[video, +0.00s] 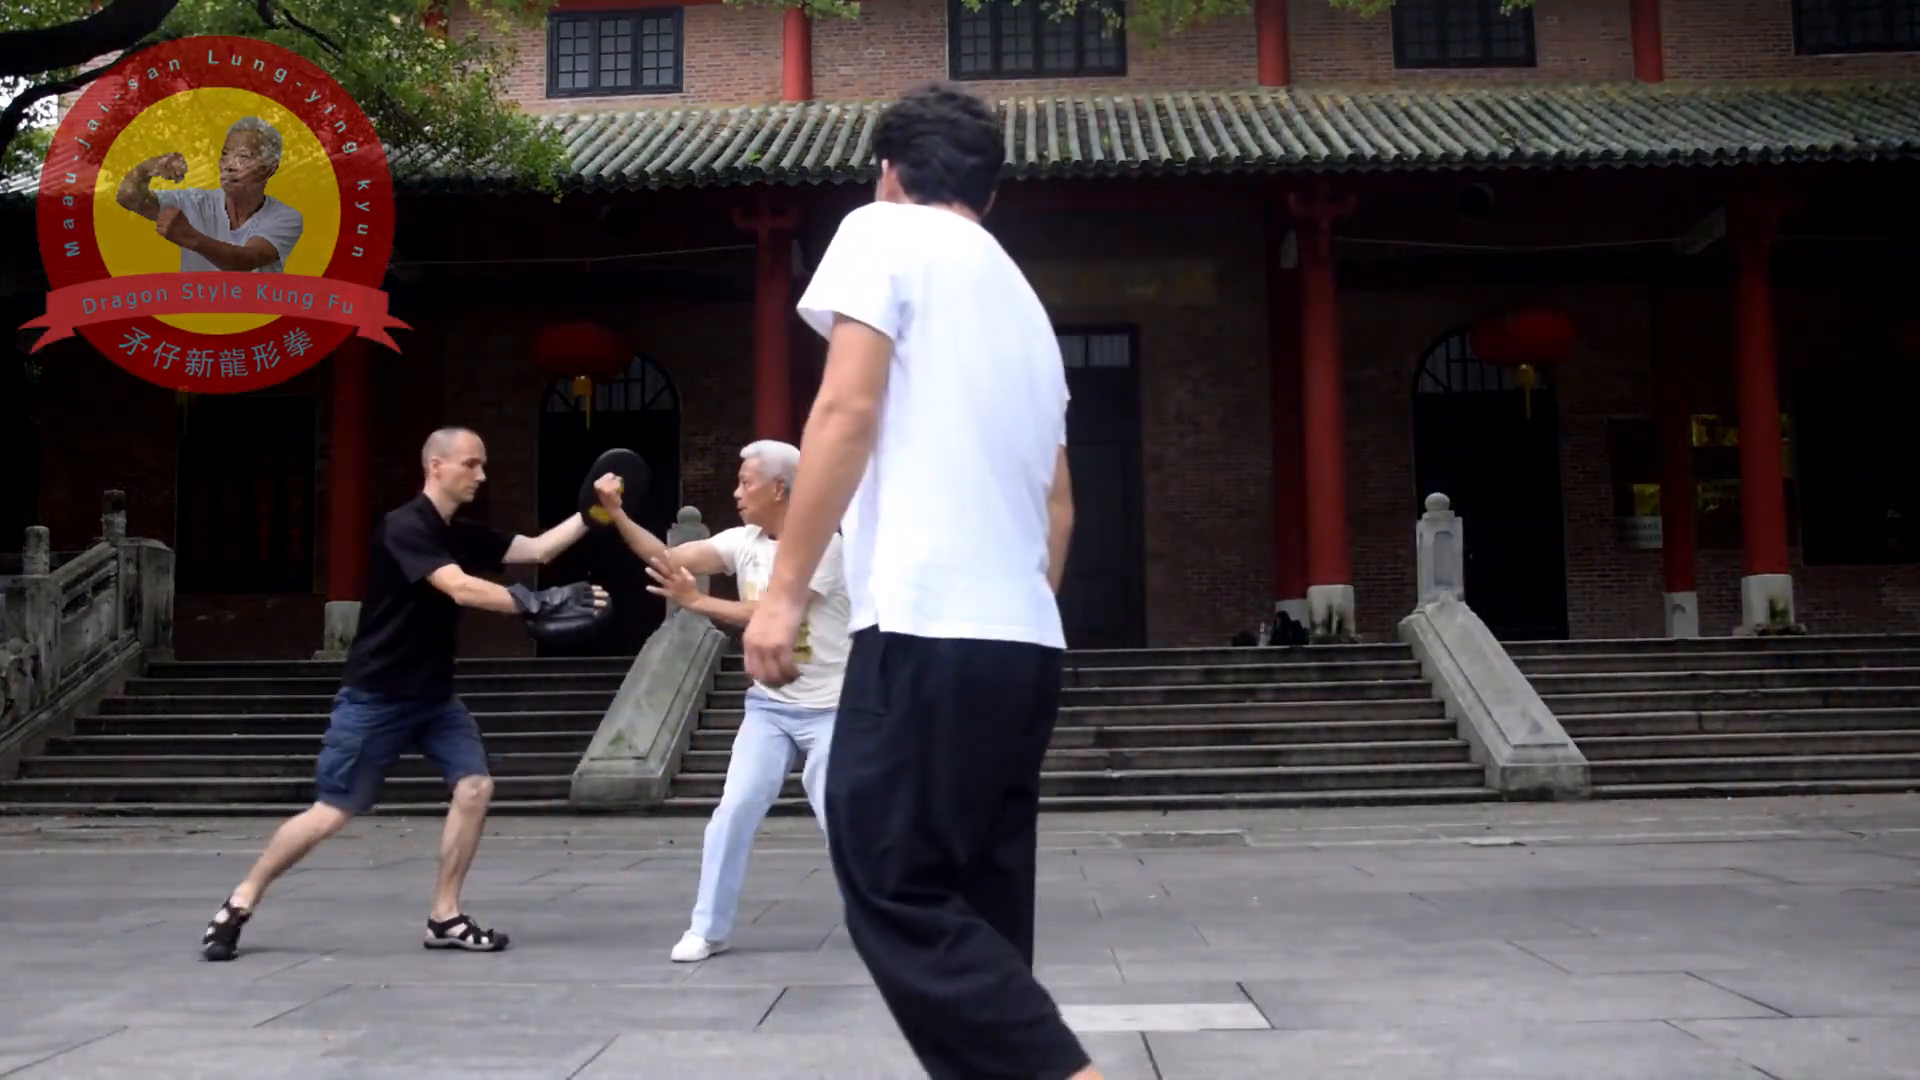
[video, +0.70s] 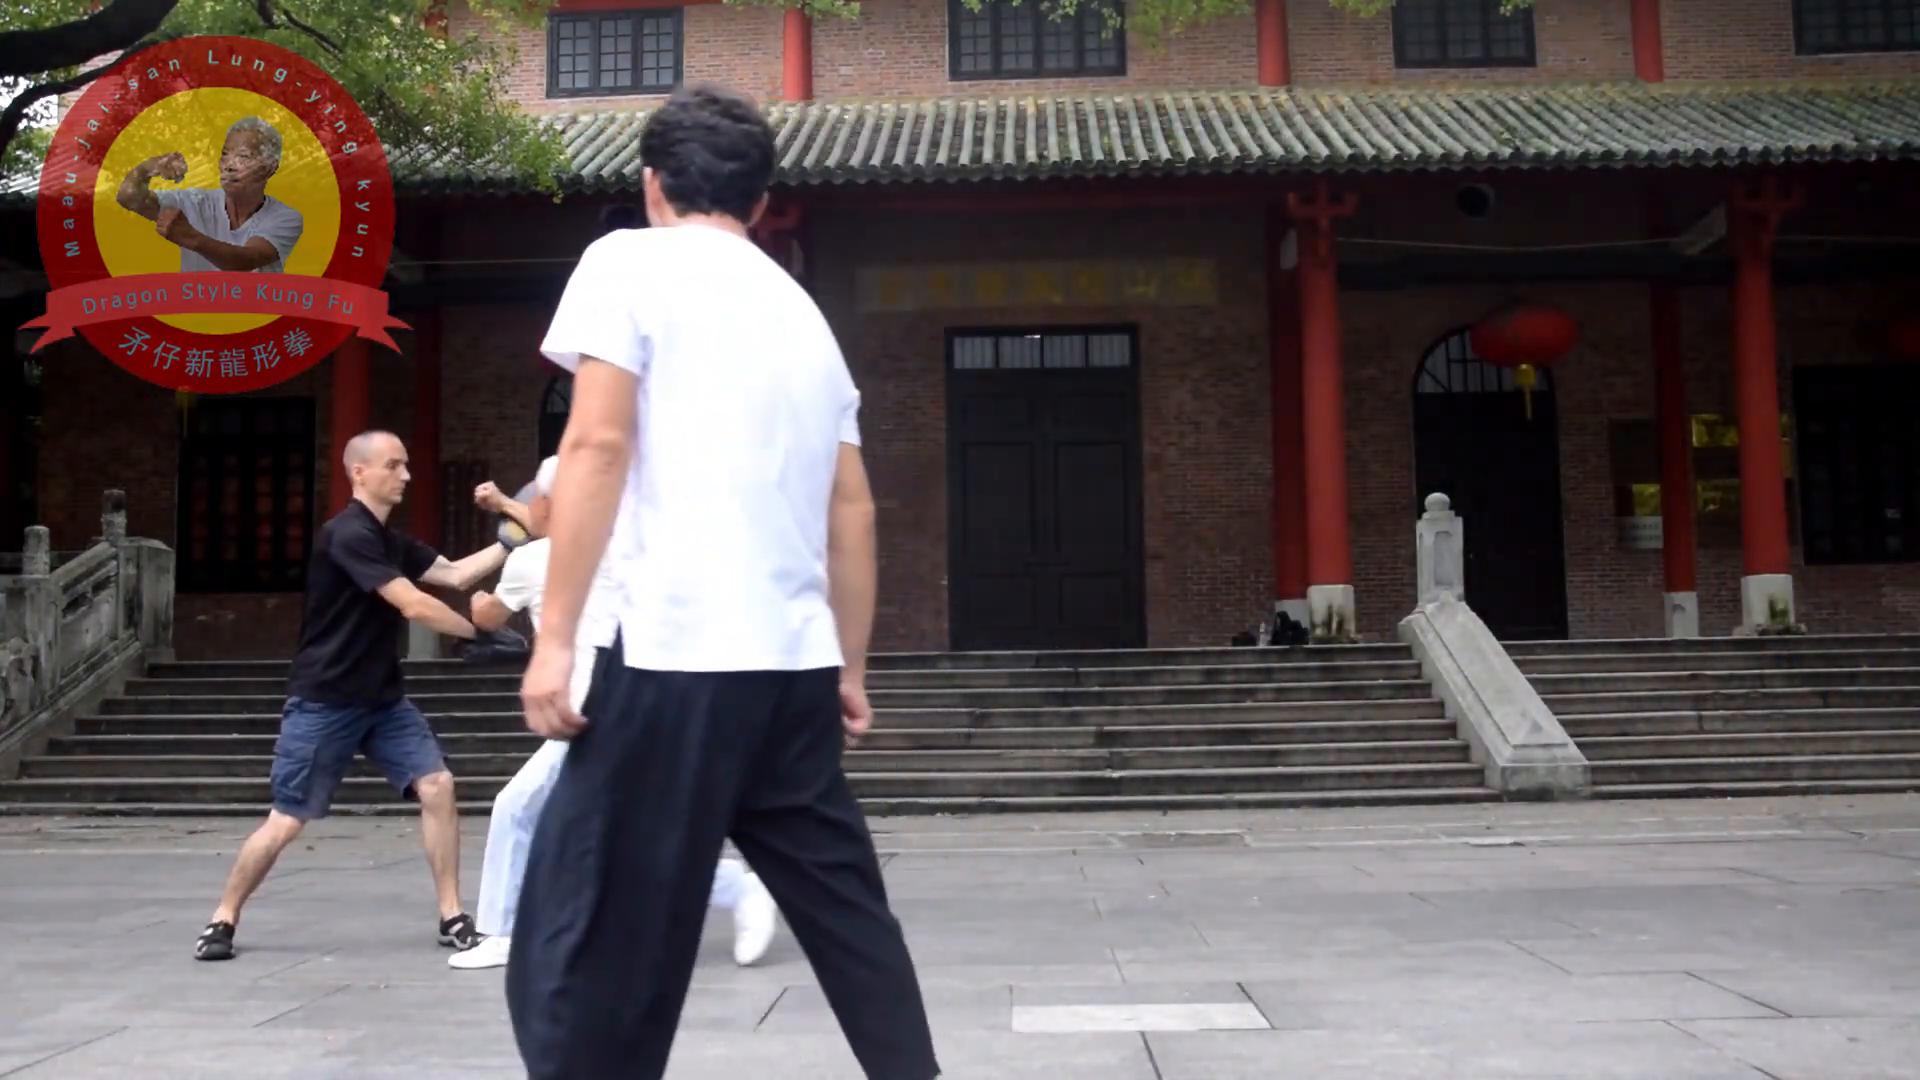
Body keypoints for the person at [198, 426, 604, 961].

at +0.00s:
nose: (481, 474)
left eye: (483, 465)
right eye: (471, 464)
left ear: (457, 471)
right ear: (437, 467)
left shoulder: (460, 530)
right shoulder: (405, 525)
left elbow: (533, 551)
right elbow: (459, 587)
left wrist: (591, 513)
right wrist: (541, 604)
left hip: (434, 698)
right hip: (374, 698)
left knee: (475, 788)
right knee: (332, 813)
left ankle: (445, 917)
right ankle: (241, 901)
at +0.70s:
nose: (405, 475)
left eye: (406, 465)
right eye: (394, 466)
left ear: (393, 474)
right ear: (359, 473)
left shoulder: (388, 536)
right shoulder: (347, 534)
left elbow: (455, 574)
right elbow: (413, 605)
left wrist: (517, 538)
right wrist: (478, 631)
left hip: (383, 700)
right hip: (323, 703)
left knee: (438, 787)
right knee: (286, 822)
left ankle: (453, 916)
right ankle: (224, 919)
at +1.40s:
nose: (376, 488)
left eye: (378, 479)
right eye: (367, 481)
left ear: (384, 486)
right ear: (348, 488)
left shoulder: (392, 544)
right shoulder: (328, 543)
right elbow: (374, 606)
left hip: (375, 703)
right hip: (319, 706)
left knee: (430, 809)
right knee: (302, 830)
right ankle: (201, 901)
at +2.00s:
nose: (229, 466)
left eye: (234, 463)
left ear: (239, 467)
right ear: (209, 458)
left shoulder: (234, 515)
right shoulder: (178, 502)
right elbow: (144, 536)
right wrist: (198, 480)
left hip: (178, 684)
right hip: (143, 680)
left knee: (116, 802)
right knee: (209, 785)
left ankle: (21, 900)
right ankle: (175, 922)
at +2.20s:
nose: (181, 478)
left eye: (188, 472)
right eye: (173, 470)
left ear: (193, 479)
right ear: (152, 475)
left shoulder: (192, 521)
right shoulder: (133, 517)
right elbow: (116, 546)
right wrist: (165, 488)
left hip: (150, 691)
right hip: (116, 690)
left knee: (106, 814)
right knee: (194, 795)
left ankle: (12, 911)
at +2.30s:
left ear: (171, 484)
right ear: (138, 487)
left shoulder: (175, 519)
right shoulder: (123, 515)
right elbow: (108, 542)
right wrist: (157, 488)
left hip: (145, 688)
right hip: (116, 688)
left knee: (100, 816)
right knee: (183, 803)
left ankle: (12, 911)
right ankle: (178, 930)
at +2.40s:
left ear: (155, 479)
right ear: (132, 475)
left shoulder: (157, 517)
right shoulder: (116, 517)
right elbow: (101, 537)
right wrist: (143, 484)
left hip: (131, 683)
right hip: (110, 684)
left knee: (94, 812)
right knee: (165, 810)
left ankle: (13, 910)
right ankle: (180, 930)